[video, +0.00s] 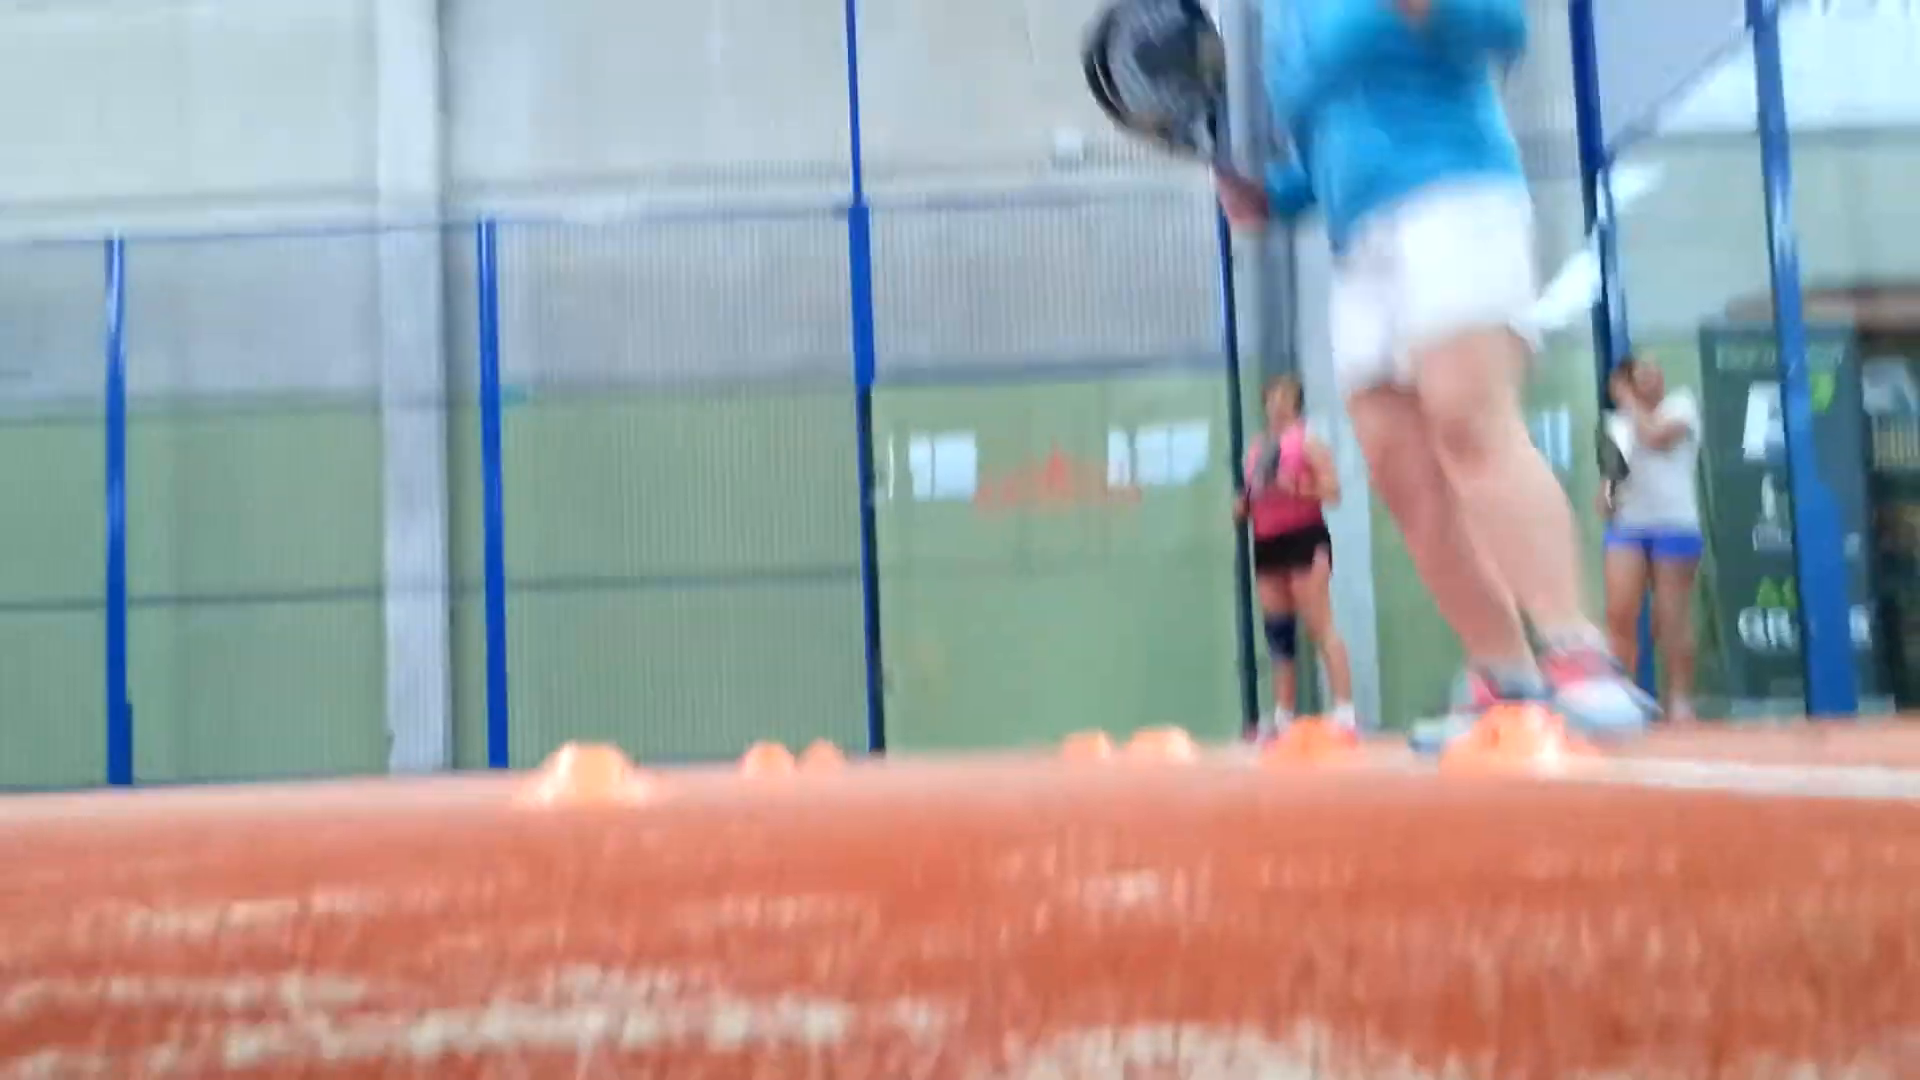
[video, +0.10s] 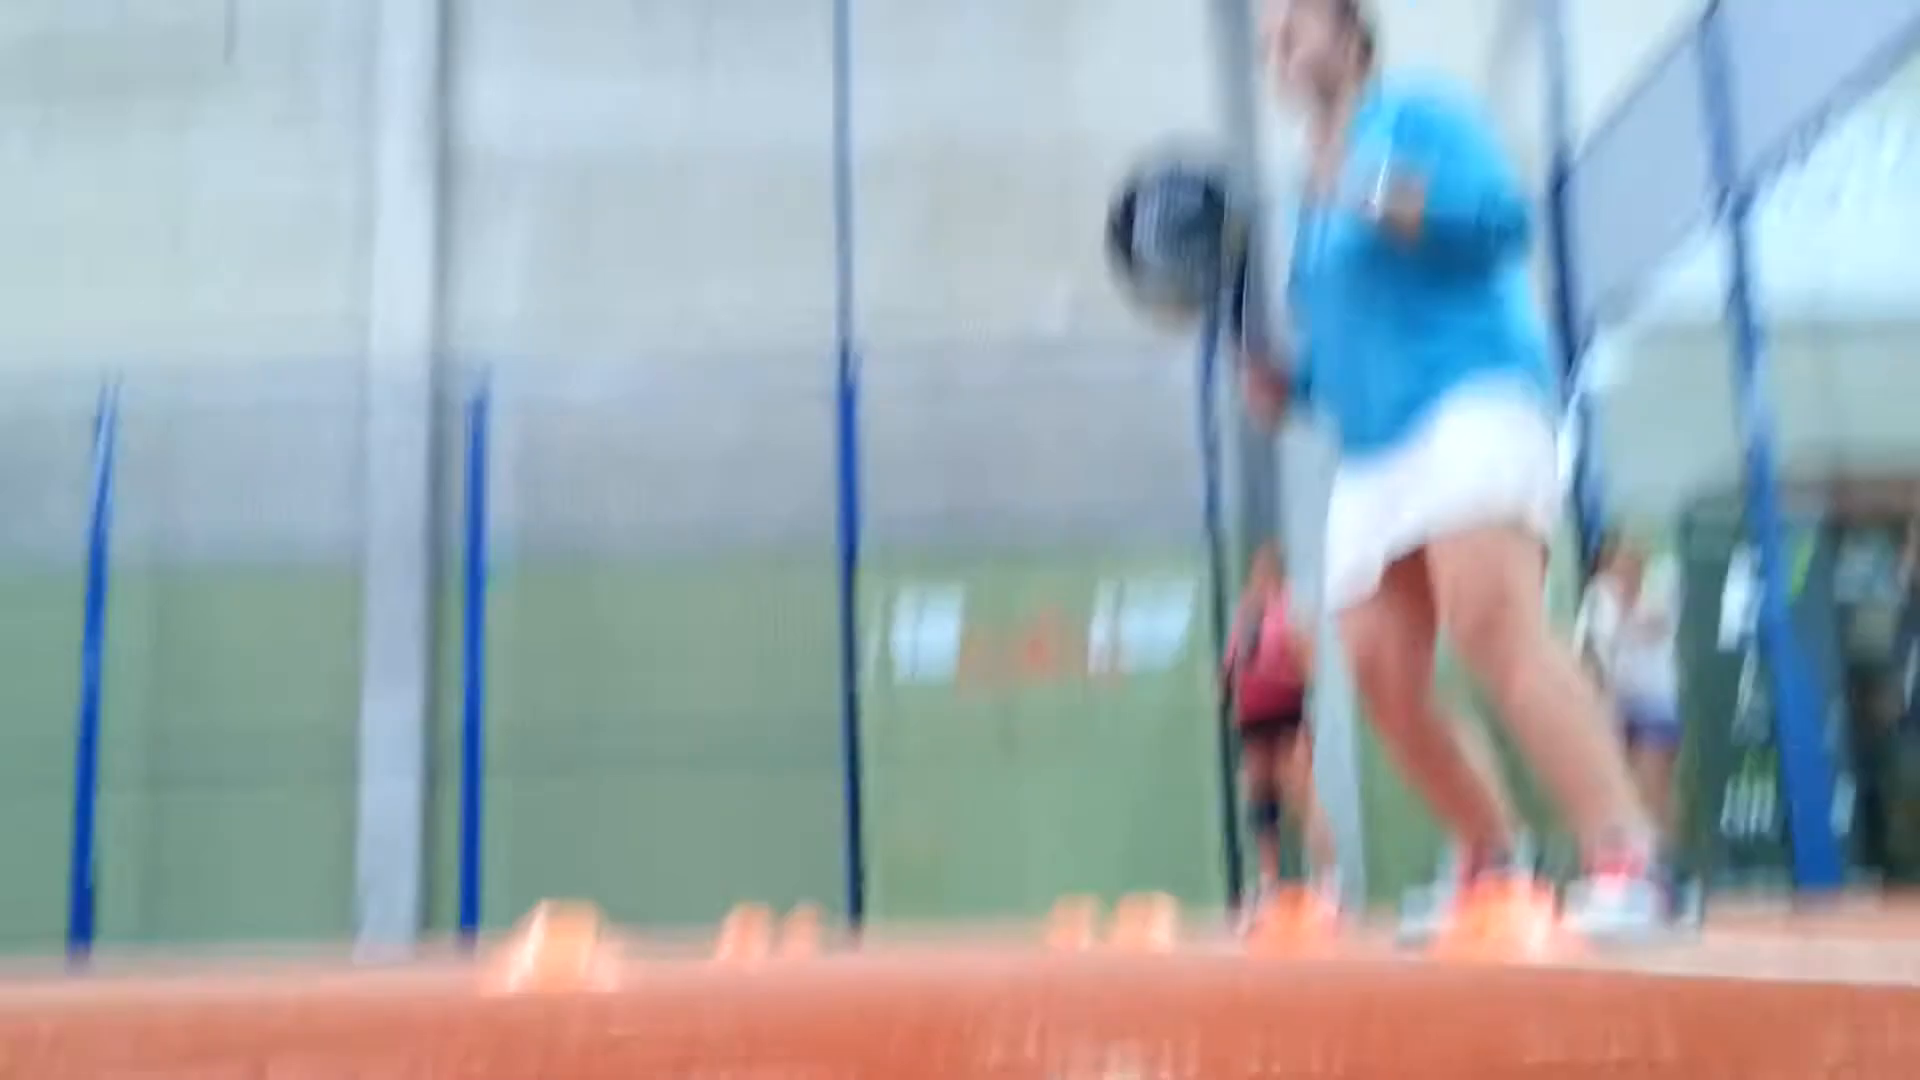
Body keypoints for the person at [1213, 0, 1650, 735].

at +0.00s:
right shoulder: (1286, 15)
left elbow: (1506, 29)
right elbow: (1331, 157)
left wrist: (1433, 11)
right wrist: (1269, 195)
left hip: (1455, 188)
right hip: (1357, 228)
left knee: (1470, 416)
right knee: (1399, 461)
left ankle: (1581, 664)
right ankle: (1510, 686)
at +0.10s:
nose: (1284, 56)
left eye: (1299, 32)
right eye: (1272, 41)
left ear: (1349, 30)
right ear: (1268, 56)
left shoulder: (1417, 110)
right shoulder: (1315, 177)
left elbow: (1503, 218)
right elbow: (1338, 350)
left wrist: (1402, 207)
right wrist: (1281, 378)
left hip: (1475, 398)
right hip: (1372, 439)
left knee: (1491, 620)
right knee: (1383, 675)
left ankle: (1623, 860)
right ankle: (1493, 858)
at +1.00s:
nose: (1254, 27)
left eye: (1278, 5)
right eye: (1247, 13)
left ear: (1358, 9)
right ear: (1252, 38)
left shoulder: (1475, 112)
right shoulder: (1268, 193)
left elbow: (1622, 235)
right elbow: (1229, 379)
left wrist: (1555, 277)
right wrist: (1260, 438)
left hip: (1529, 449)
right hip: (1368, 481)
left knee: (1527, 670)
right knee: (1288, 676)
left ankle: (1581, 965)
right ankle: (1420, 895)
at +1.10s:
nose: (1181, 49)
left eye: (1202, 21)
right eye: (1172, 34)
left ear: (1282, 15)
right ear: (1177, 54)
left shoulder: (1420, 108)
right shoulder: (1209, 214)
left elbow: (1574, 207)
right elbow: (1147, 401)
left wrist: (1587, 256)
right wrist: (1164, 494)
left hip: (1503, 441)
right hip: (1346, 469)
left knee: (1516, 673)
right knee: (1237, 597)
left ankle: (1581, 969)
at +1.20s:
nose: (1100, 92)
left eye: (1116, 52)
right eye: (1087, 71)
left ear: (1202, 34)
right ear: (1093, 85)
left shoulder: (1348, 122)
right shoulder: (1133, 252)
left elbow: (1509, 187)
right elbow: (1070, 430)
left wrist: (1606, 248)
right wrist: (1039, 590)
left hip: (1447, 437)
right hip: (1282, 466)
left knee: (1496, 683)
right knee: (1187, 673)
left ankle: (1574, 966)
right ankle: (1045, 958)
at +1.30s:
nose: (1026, 139)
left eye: (1041, 102)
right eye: (1012, 120)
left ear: (1129, 77)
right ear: (1025, 133)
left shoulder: (1284, 145)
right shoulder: (1074, 295)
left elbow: (1456, 181)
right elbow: (999, 487)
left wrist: (1615, 237)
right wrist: (924, 682)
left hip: (1378, 445)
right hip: (1210, 461)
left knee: (1460, 690)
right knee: (1131, 649)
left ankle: (1549, 955)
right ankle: (1042, 956)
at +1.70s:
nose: (1004, 85)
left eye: (1026, 48)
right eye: (995, 67)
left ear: (1119, 46)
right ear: (1007, 101)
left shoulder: (1273, 128)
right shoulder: (1050, 277)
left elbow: (1451, 171)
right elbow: (980, 470)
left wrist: (1620, 210)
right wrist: (887, 667)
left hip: (1389, 434)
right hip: (1211, 465)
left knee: (1525, 623)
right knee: (1126, 647)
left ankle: (1624, 877)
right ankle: (1046, 969)